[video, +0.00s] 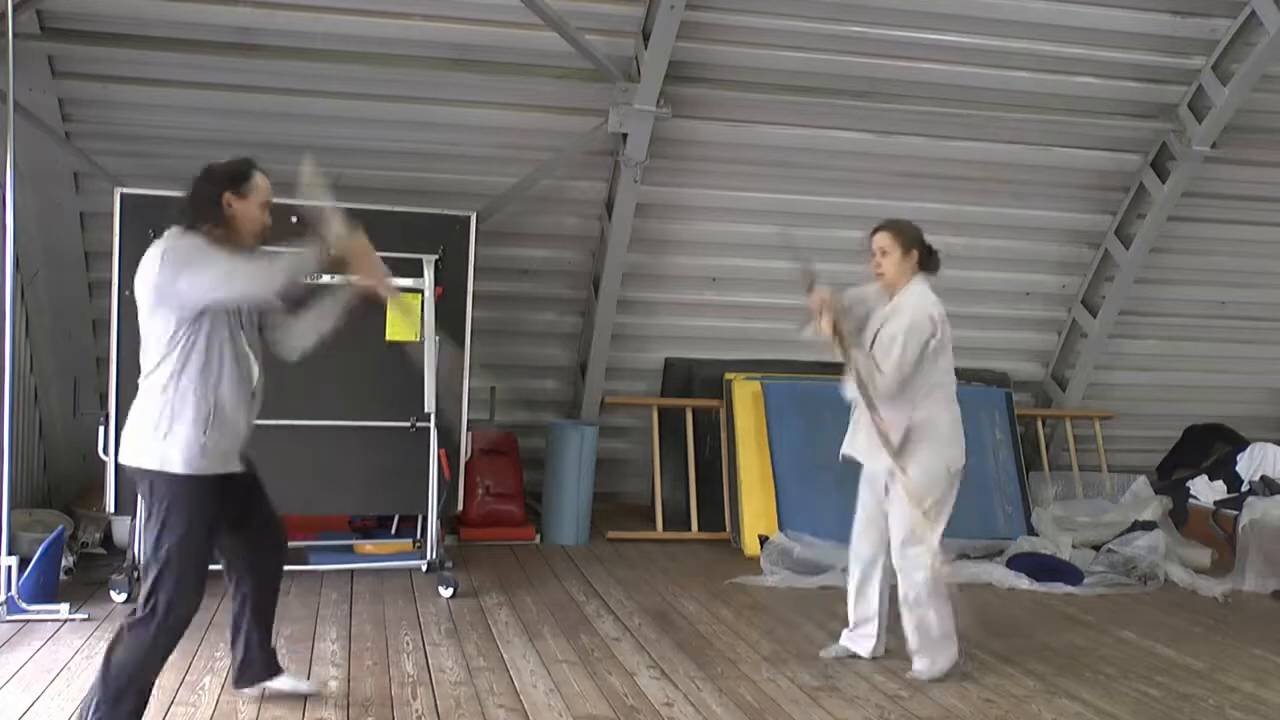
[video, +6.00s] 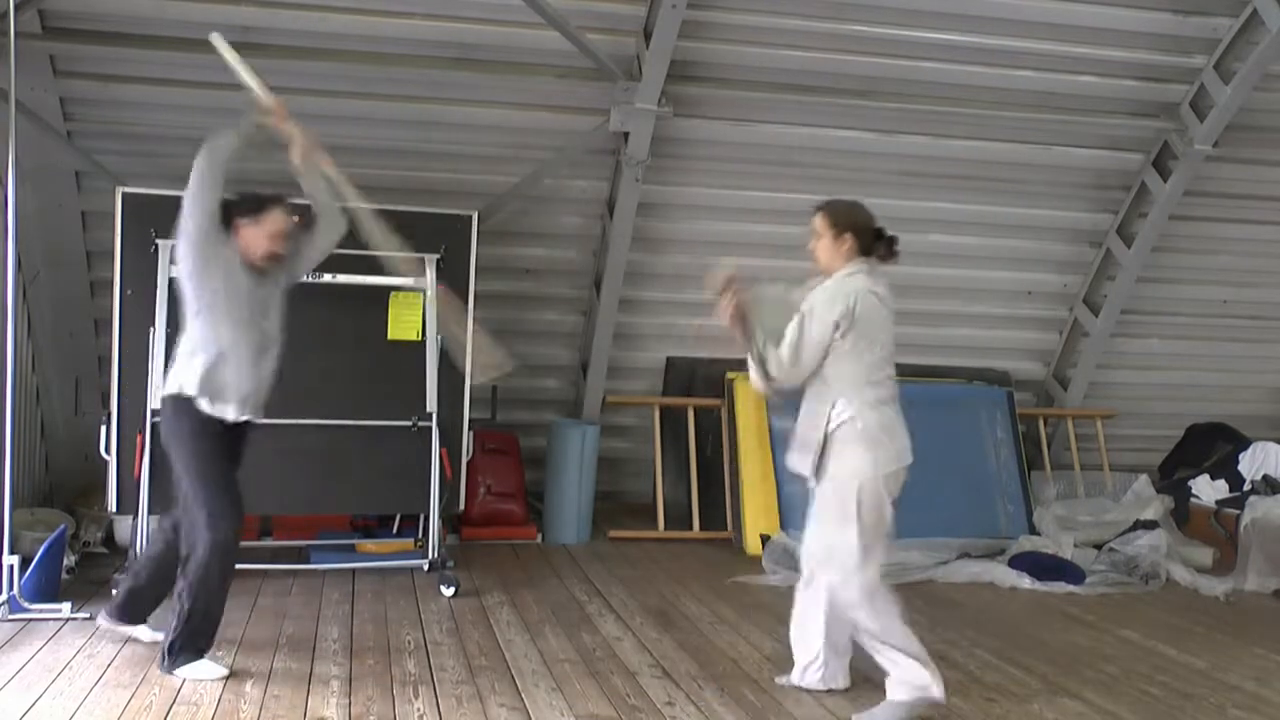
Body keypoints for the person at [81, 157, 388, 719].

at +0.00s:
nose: (270, 216)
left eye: (270, 206)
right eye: (264, 204)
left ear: (232, 205)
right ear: (229, 202)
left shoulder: (242, 272)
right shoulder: (171, 256)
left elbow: (290, 339)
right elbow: (256, 278)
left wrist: (350, 290)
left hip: (221, 455)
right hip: (170, 457)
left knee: (261, 547)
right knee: (170, 601)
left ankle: (255, 671)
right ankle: (104, 713)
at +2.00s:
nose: (668, 281)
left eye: (670, 270)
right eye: (664, 268)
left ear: (636, 266)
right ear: (637, 263)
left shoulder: (628, 320)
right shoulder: (593, 295)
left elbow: (673, 377)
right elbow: (649, 374)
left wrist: (732, 431)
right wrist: (704, 437)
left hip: (539, 445)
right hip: (495, 429)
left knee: (585, 543)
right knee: (545, 550)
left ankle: (584, 673)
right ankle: (463, 656)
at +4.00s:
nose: (349, 209)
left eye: (348, 199)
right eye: (342, 198)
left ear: (313, 202)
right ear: (310, 201)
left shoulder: (320, 274)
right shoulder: (280, 251)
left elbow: (339, 346)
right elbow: (324, 341)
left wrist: (399, 336)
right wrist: (402, 351)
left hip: (285, 434)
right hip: (243, 427)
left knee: (319, 540)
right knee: (269, 560)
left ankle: (278, 660)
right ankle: (251, 708)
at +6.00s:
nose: (282, 243)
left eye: (287, 234)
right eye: (276, 231)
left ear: (284, 237)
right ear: (244, 224)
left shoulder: (277, 273)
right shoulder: (206, 258)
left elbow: (333, 225)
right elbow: (211, 161)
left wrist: (310, 161)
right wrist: (257, 121)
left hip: (234, 418)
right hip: (188, 408)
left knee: (189, 524)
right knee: (221, 525)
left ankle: (124, 611)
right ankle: (183, 654)